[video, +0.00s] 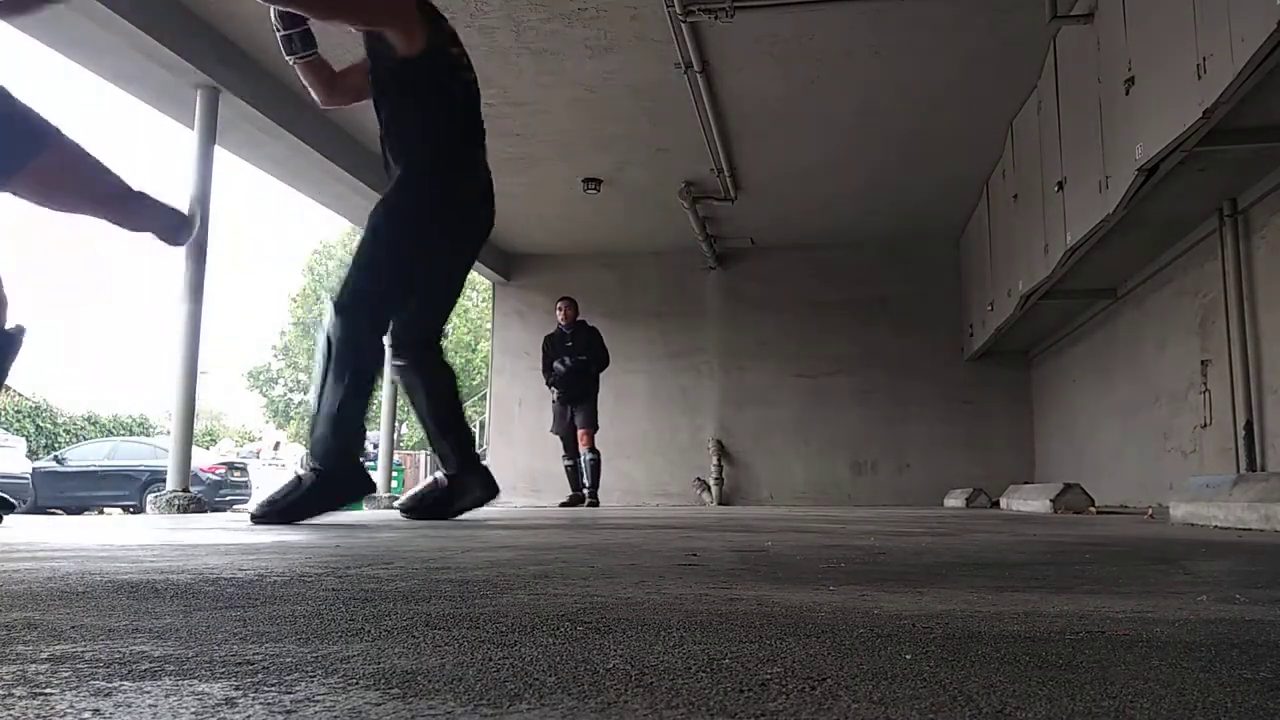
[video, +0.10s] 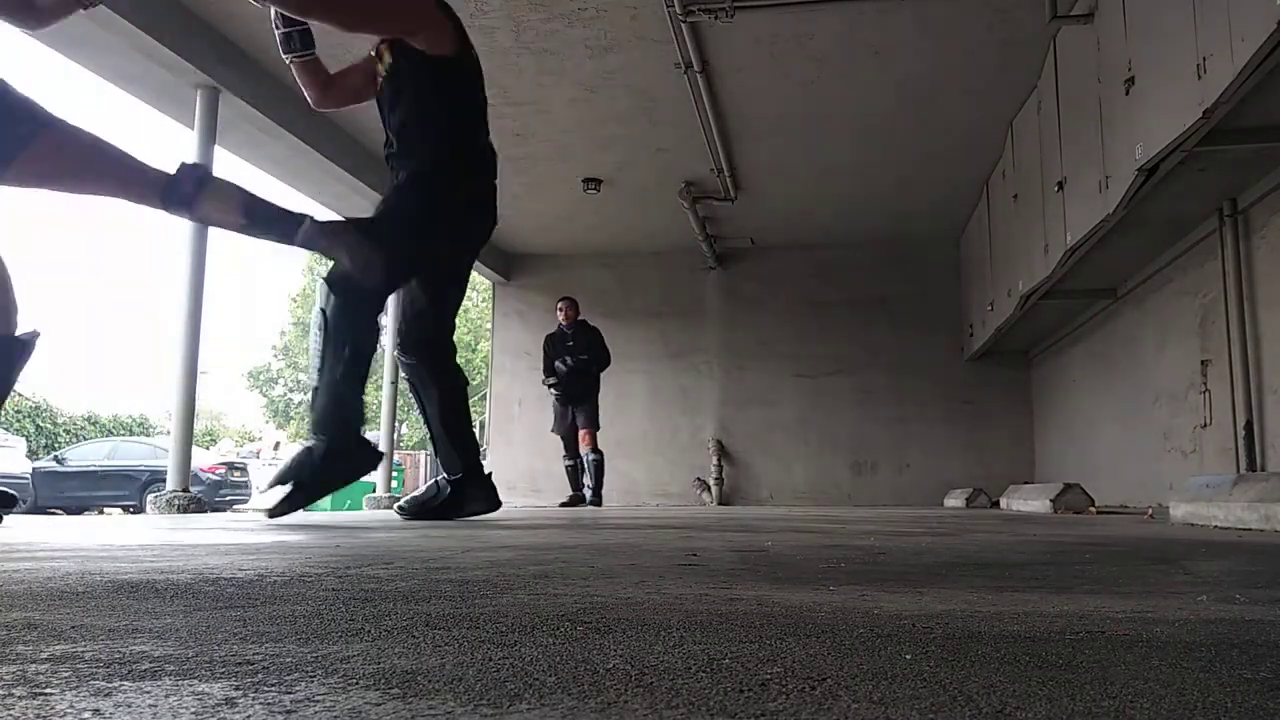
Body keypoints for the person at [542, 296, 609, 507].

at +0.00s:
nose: (563, 313)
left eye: (568, 309)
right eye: (560, 309)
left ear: (576, 312)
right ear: (555, 314)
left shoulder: (589, 333)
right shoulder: (550, 340)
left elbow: (603, 360)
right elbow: (547, 369)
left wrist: (580, 364)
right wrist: (554, 382)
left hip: (585, 396)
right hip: (562, 399)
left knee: (585, 439)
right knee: (568, 444)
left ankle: (591, 492)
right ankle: (576, 492)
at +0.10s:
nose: (564, 313)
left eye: (568, 309)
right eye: (560, 310)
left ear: (577, 312)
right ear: (556, 314)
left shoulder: (590, 333)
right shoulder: (551, 339)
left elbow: (604, 359)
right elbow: (548, 369)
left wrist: (578, 363)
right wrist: (553, 383)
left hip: (586, 396)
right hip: (562, 399)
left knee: (587, 439)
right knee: (569, 444)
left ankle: (594, 492)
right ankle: (576, 492)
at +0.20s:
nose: (566, 313)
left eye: (570, 309)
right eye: (562, 310)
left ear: (579, 312)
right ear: (558, 314)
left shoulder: (592, 332)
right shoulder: (552, 339)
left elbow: (605, 360)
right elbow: (549, 369)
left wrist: (579, 365)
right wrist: (553, 380)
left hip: (587, 397)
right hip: (563, 400)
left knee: (589, 441)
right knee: (569, 445)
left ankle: (600, 494)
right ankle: (577, 493)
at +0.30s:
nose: (568, 315)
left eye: (572, 310)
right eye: (564, 311)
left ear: (581, 312)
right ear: (560, 314)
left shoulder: (594, 333)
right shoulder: (555, 339)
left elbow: (606, 361)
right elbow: (550, 368)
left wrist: (583, 365)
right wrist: (557, 380)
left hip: (589, 396)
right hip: (565, 398)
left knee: (591, 441)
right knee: (570, 445)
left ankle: (602, 494)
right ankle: (577, 493)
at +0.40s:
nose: (570, 318)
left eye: (574, 313)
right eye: (566, 314)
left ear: (583, 313)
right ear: (563, 315)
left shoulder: (596, 332)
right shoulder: (558, 337)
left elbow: (605, 361)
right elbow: (551, 364)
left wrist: (582, 365)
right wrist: (559, 380)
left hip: (590, 396)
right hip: (567, 397)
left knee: (591, 440)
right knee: (571, 443)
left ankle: (602, 494)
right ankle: (577, 493)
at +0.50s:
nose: (574, 320)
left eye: (578, 316)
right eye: (570, 316)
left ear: (587, 314)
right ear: (566, 316)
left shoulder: (599, 333)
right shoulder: (561, 337)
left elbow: (606, 363)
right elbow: (554, 366)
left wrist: (581, 362)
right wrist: (565, 374)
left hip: (592, 395)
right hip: (569, 397)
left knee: (592, 439)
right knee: (572, 442)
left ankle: (602, 494)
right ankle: (577, 492)